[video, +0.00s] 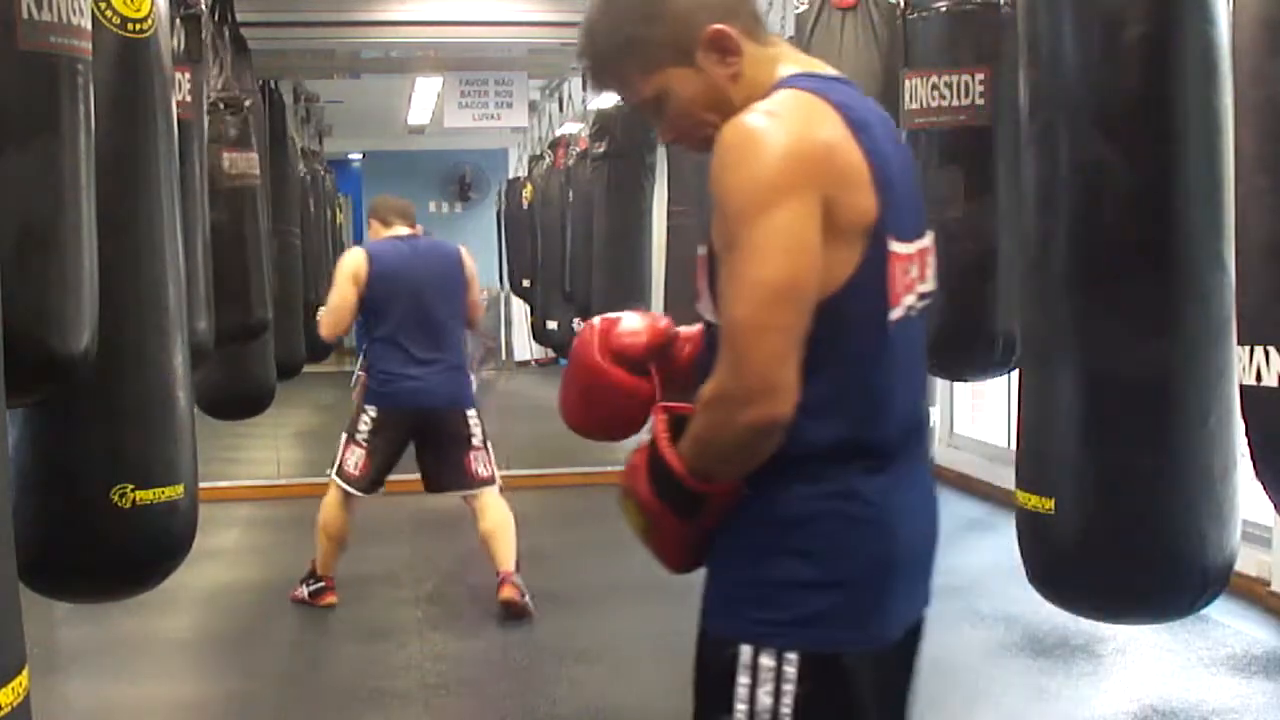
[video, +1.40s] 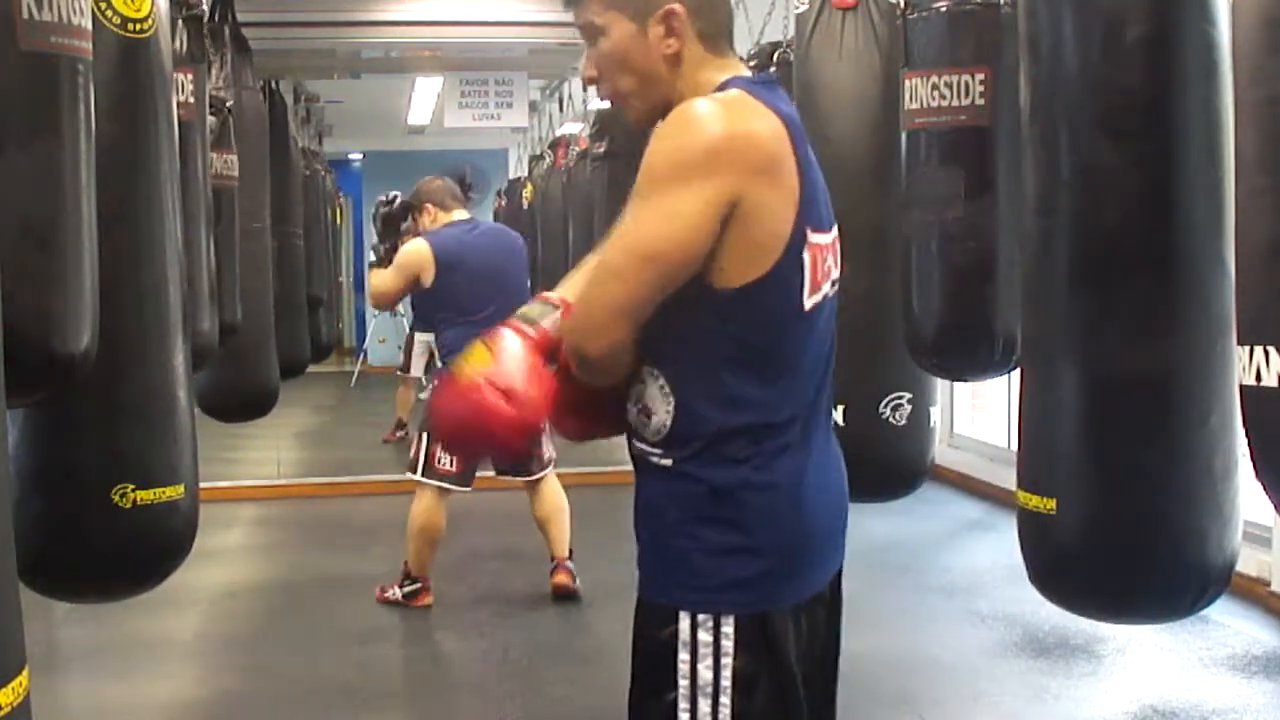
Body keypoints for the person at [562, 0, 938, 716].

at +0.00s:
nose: (663, 133)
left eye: (659, 103)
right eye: (647, 114)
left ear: (723, 51)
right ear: (727, 51)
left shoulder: (768, 136)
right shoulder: (845, 113)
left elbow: (758, 400)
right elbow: (838, 346)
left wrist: (671, 484)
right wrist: (683, 357)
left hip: (805, 551)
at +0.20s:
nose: (621, 133)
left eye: (616, 103)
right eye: (605, 113)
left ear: (682, 47)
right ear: (687, 48)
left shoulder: (731, 143)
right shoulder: (804, 114)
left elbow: (699, 403)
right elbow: (791, 350)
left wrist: (586, 513)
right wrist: (655, 341)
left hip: (760, 555)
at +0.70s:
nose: (615, 122)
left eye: (613, 95)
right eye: (603, 104)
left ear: (679, 49)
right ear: (684, 49)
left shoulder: (728, 137)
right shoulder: (793, 112)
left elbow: (662, 374)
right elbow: (755, 260)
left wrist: (566, 442)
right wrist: (603, 260)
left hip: (734, 542)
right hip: (809, 517)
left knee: (710, 710)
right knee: (831, 707)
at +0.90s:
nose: (616, 122)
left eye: (615, 93)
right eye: (604, 102)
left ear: (684, 52)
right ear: (687, 55)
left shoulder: (741, 137)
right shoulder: (751, 118)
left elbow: (644, 371)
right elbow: (640, 252)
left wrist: (583, 406)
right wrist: (547, 301)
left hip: (732, 546)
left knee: (716, 711)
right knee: (824, 706)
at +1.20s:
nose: (594, 80)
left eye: (604, 46)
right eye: (587, 54)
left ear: (685, 30)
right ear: (683, 38)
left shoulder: (736, 126)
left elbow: (598, 319)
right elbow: (591, 249)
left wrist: (614, 383)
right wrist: (551, 351)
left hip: (729, 536)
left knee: (714, 710)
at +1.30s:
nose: (590, 72)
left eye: (601, 37)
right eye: (585, 45)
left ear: (680, 27)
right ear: (679, 34)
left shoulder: (719, 119)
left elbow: (577, 303)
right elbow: (566, 273)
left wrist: (619, 374)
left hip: (729, 533)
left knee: (709, 711)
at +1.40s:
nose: (586, 69)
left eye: (594, 35)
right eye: (584, 41)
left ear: (668, 30)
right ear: (668, 34)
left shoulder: (709, 129)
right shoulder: (755, 111)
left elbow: (593, 334)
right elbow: (615, 257)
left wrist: (611, 376)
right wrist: (536, 329)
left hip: (722, 530)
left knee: (702, 712)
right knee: (786, 707)